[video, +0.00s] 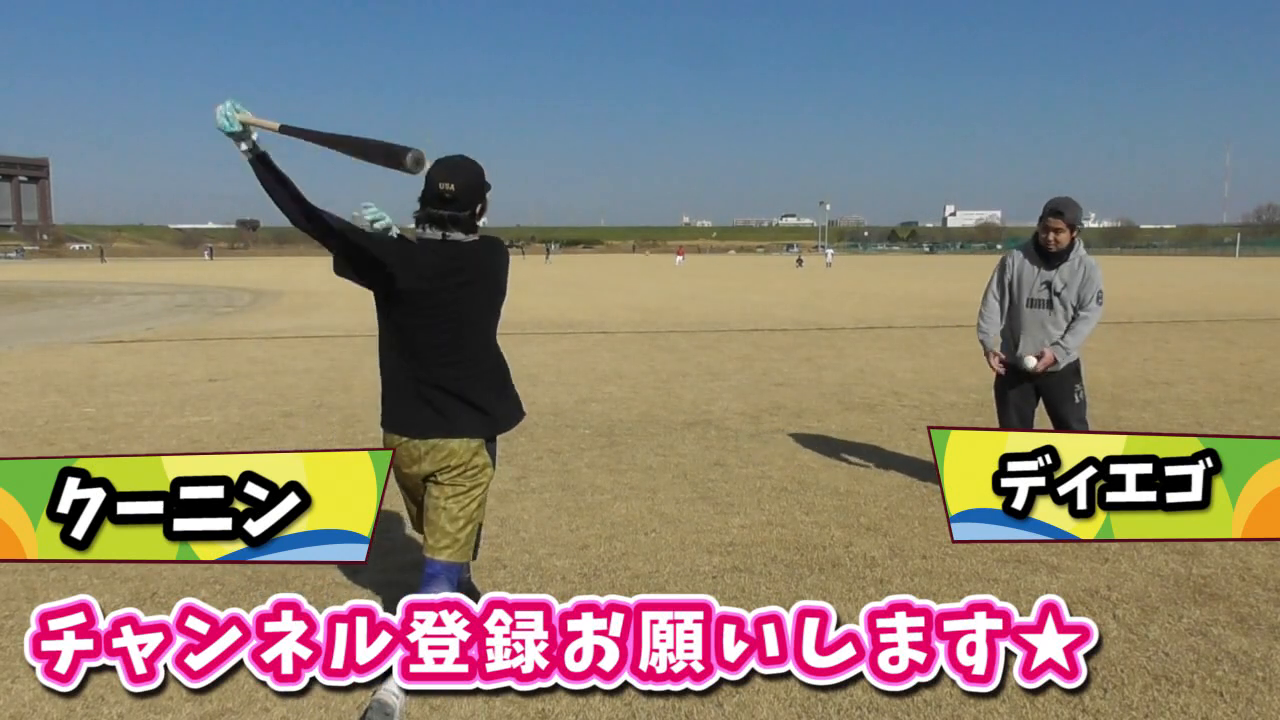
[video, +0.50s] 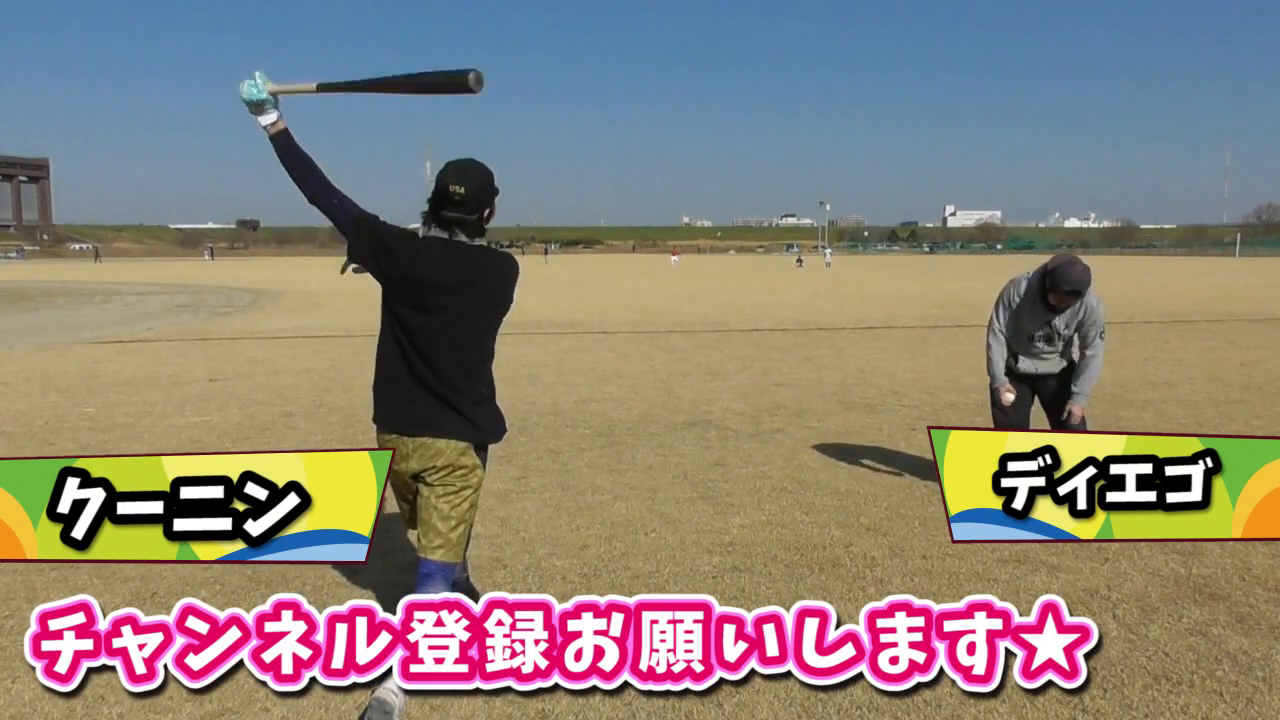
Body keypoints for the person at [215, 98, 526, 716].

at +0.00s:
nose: (485, 207)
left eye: (476, 198)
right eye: (484, 200)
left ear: (424, 203)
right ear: (478, 208)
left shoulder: (390, 254)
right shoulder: (493, 256)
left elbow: (305, 215)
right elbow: (444, 257)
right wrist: (394, 236)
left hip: (402, 435)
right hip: (464, 439)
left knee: (442, 549)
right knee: (444, 570)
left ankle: (479, 636)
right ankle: (393, 693)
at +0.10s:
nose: (480, 208)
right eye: (481, 202)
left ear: (421, 205)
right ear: (478, 212)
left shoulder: (388, 257)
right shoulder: (494, 262)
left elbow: (309, 211)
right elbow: (465, 243)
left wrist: (256, 142)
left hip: (402, 436)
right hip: (463, 440)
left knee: (439, 547)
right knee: (441, 573)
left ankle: (478, 634)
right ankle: (396, 691)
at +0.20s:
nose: (442, 204)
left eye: (433, 195)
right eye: (475, 199)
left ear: (424, 204)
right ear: (482, 211)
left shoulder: (396, 253)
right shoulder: (496, 264)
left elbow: (318, 207)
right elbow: (442, 259)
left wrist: (271, 136)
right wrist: (370, 256)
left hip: (402, 432)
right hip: (463, 436)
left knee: (437, 553)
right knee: (438, 574)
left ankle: (475, 628)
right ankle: (394, 692)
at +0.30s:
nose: (483, 206)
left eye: (434, 188)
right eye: (486, 199)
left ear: (429, 202)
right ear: (484, 213)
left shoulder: (396, 250)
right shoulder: (499, 267)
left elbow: (321, 199)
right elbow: (456, 260)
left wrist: (278, 127)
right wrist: (382, 254)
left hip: (400, 432)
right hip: (461, 437)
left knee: (434, 555)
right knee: (436, 575)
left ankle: (470, 639)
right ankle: (395, 693)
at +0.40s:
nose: (491, 209)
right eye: (492, 202)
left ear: (432, 202)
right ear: (485, 214)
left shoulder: (397, 249)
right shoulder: (501, 268)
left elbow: (323, 194)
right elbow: (450, 269)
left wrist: (277, 122)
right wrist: (376, 255)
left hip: (399, 431)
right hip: (461, 436)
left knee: (436, 556)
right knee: (434, 572)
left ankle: (472, 639)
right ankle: (395, 694)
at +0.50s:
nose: (481, 209)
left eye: (452, 194)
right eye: (487, 202)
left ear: (434, 203)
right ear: (488, 214)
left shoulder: (399, 249)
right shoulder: (502, 270)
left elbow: (323, 193)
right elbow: (463, 270)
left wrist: (272, 122)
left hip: (399, 429)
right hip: (461, 435)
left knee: (436, 556)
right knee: (435, 571)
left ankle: (473, 639)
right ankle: (394, 692)